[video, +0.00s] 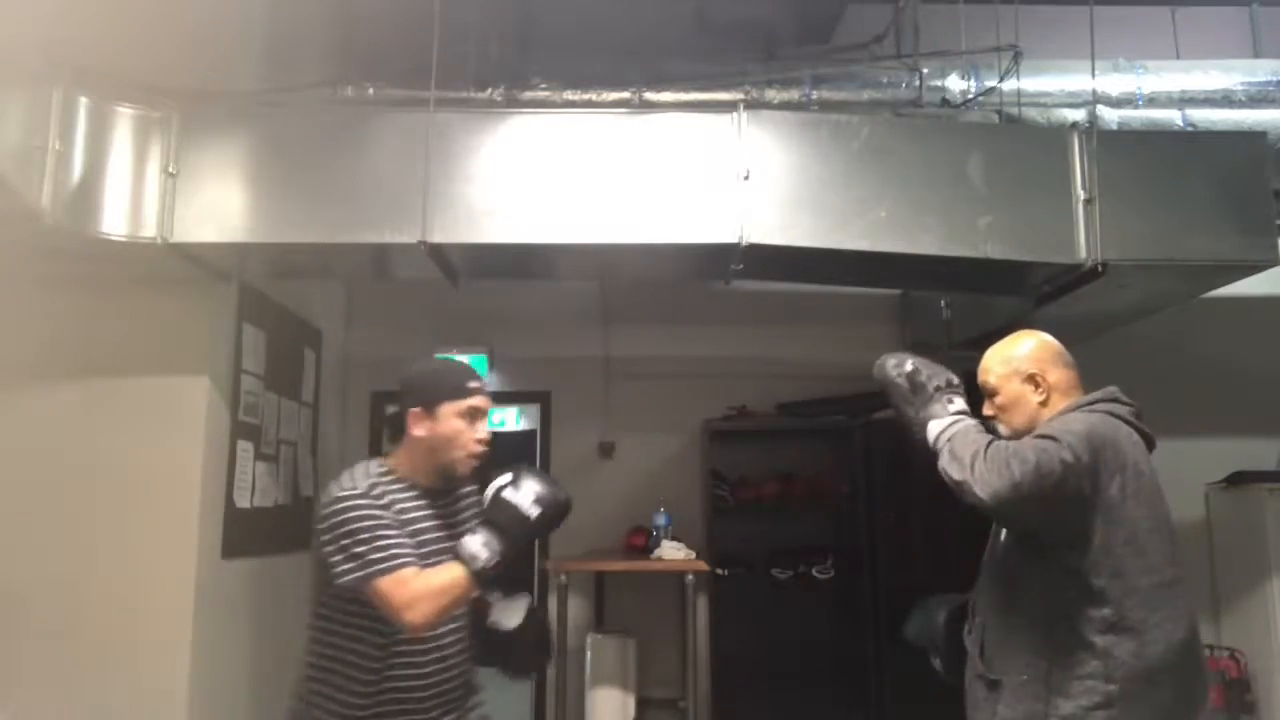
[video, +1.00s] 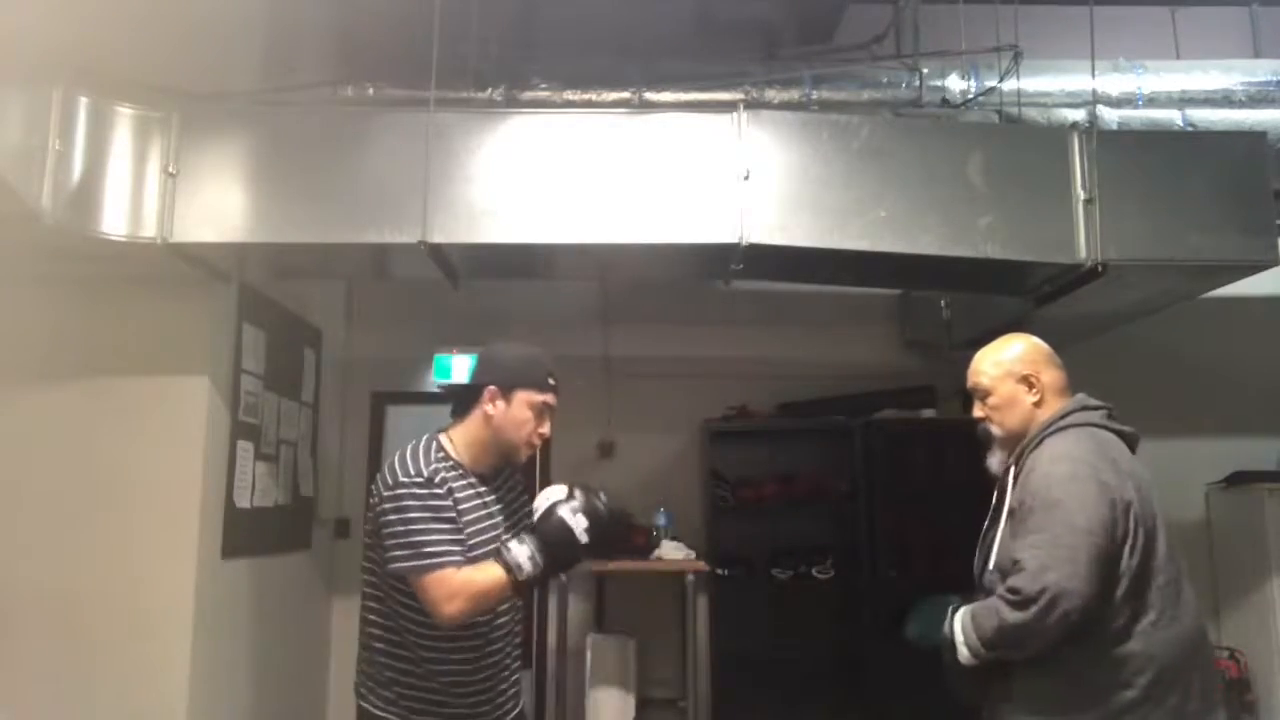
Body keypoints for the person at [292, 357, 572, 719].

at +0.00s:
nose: (486, 435)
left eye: (486, 420)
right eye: (470, 417)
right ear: (419, 422)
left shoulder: (462, 493)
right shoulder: (354, 498)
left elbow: (470, 590)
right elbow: (413, 609)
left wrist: (509, 621)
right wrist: (491, 540)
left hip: (454, 707)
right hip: (365, 711)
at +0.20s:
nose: (572, 446)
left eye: (573, 432)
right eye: (557, 431)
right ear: (506, 437)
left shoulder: (568, 497)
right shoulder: (450, 507)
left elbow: (672, 471)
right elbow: (484, 606)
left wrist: (744, 444)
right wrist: (558, 527)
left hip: (549, 705)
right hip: (460, 708)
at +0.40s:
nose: (616, 462)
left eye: (618, 446)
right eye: (603, 446)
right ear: (553, 445)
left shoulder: (592, 504)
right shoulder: (479, 519)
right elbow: (508, 644)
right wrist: (587, 570)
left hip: (605, 705)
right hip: (505, 710)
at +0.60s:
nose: (584, 460)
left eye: (588, 445)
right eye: (573, 442)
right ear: (523, 436)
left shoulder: (550, 507)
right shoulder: (447, 505)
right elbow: (494, 623)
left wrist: (640, 552)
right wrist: (574, 552)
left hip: (533, 707)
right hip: (450, 709)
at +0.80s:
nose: (550, 437)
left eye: (553, 422)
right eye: (542, 417)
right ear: (495, 406)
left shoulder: (514, 479)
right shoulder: (409, 481)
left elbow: (540, 566)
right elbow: (471, 585)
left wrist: (583, 552)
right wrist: (549, 518)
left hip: (505, 703)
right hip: (421, 709)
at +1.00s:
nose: (547, 431)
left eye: (550, 416)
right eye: (539, 411)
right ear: (492, 401)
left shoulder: (503, 475)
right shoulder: (413, 480)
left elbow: (512, 572)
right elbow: (448, 602)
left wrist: (571, 533)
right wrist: (537, 550)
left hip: (500, 703)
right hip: (418, 709)